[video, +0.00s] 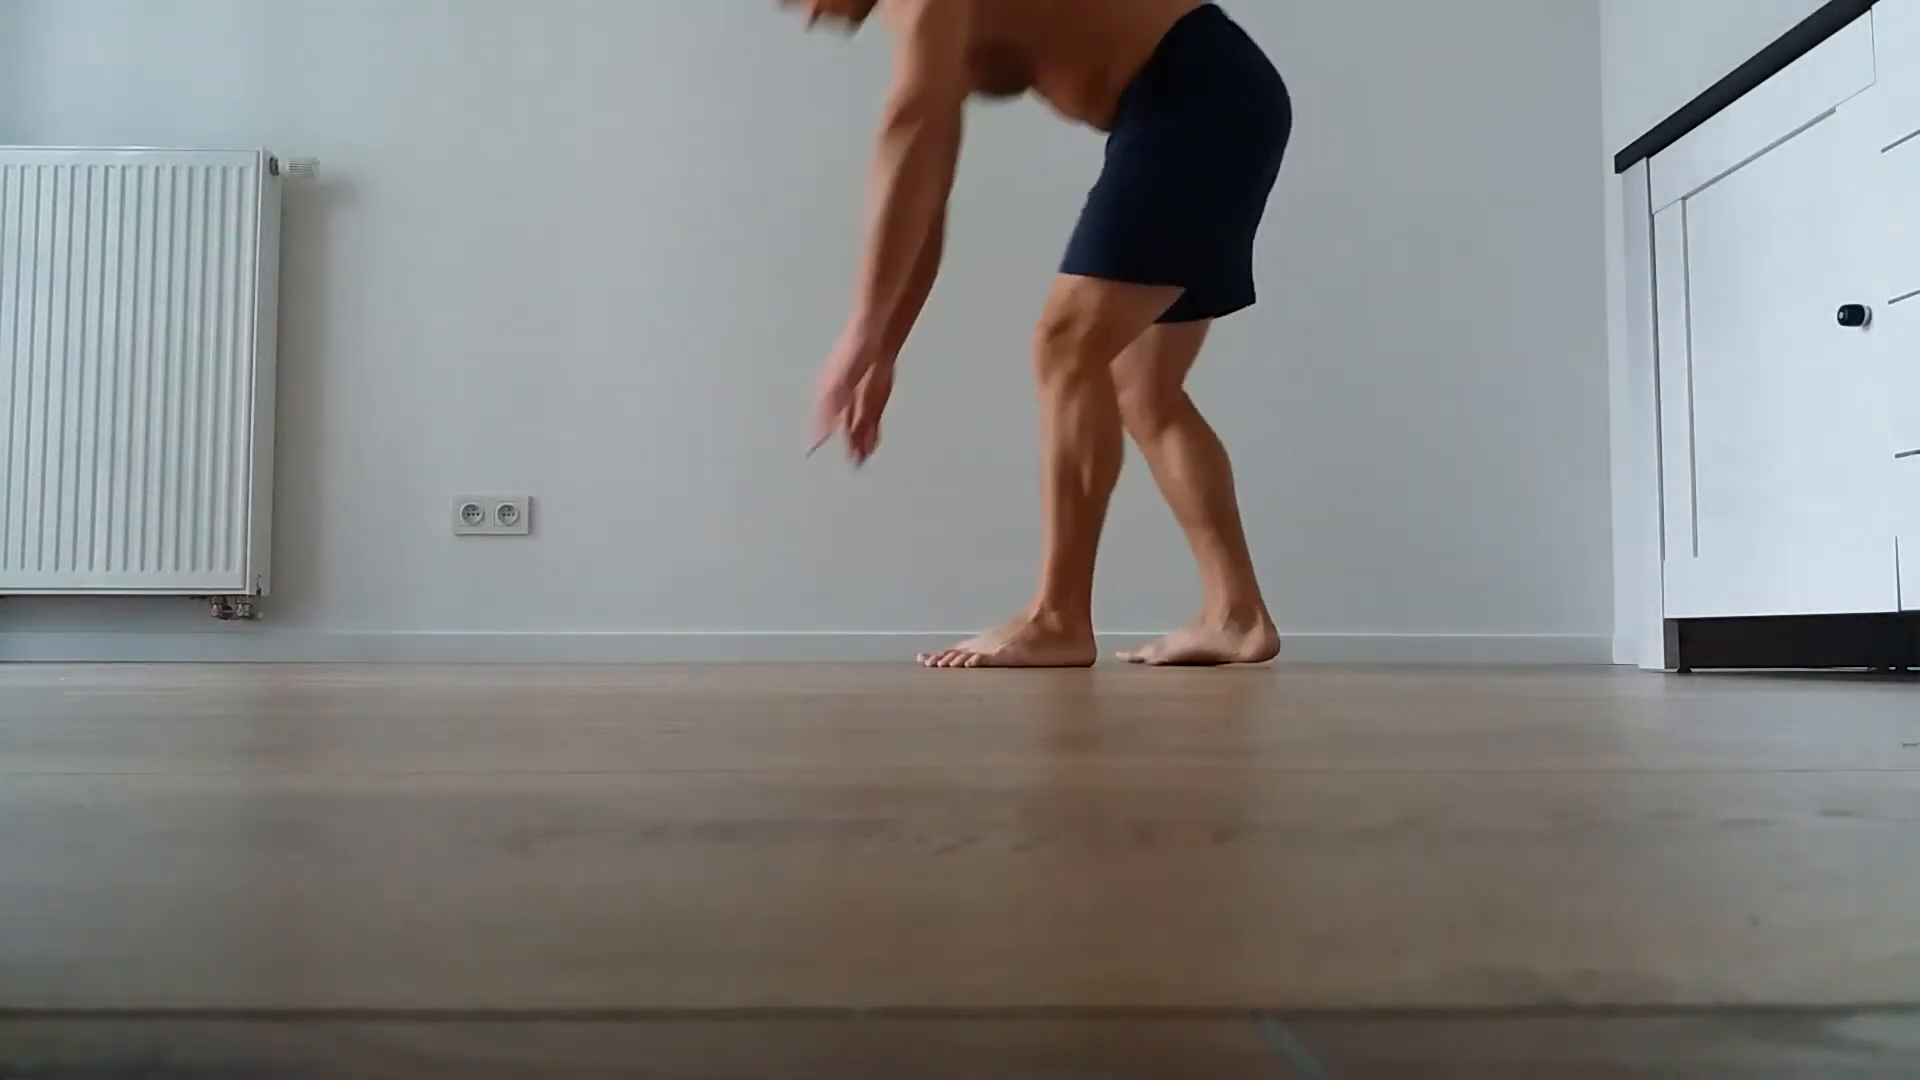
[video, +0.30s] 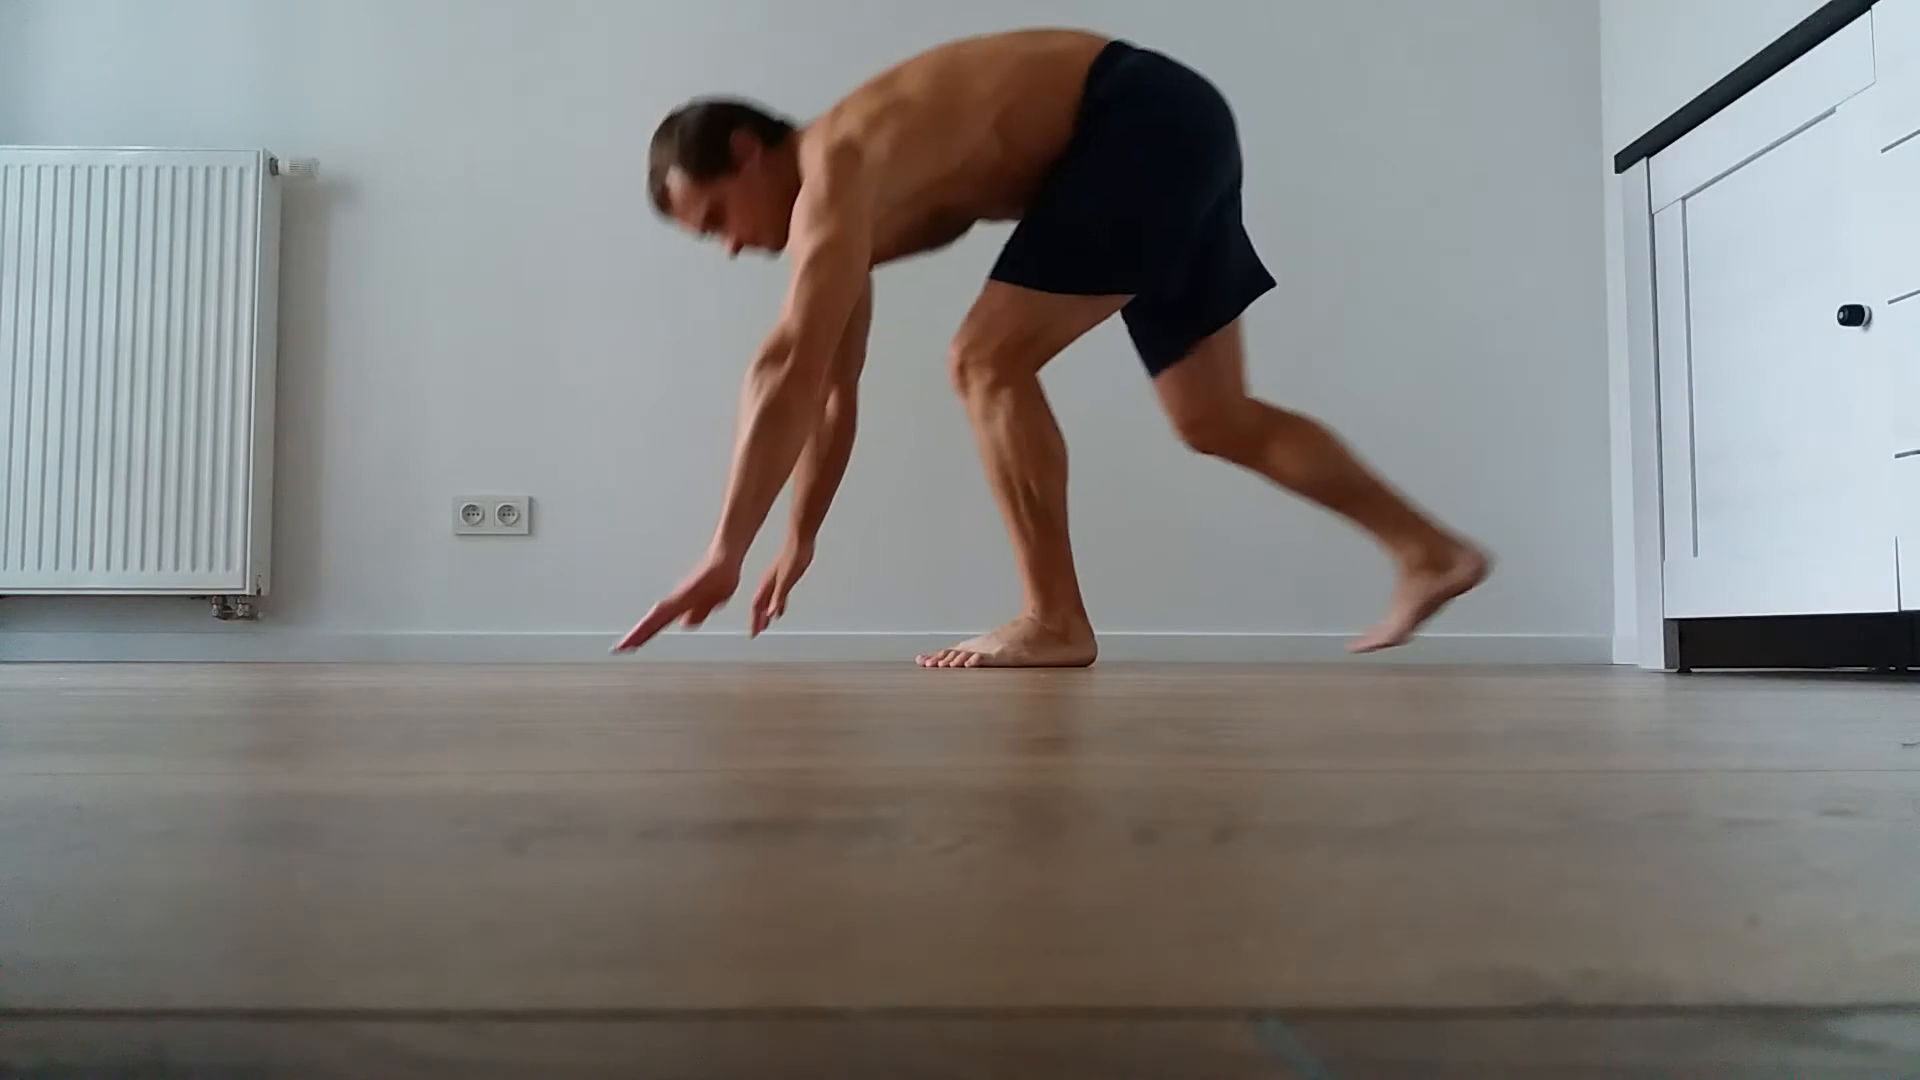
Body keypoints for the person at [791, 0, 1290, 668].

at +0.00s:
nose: (809, 10)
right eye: (803, 6)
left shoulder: (931, 5)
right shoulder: (942, 23)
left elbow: (913, 128)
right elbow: (927, 196)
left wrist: (866, 328)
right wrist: (884, 354)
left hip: (1193, 101)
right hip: (1219, 100)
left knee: (1070, 346)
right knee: (1145, 388)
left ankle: (1060, 618)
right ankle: (1236, 615)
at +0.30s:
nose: (726, 241)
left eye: (717, 215)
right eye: (708, 232)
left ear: (752, 155)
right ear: (753, 166)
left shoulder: (834, 176)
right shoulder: (836, 204)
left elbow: (783, 373)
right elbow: (833, 391)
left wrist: (722, 552)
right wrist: (797, 540)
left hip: (1135, 127)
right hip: (1170, 126)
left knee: (988, 362)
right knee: (1214, 416)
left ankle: (1054, 622)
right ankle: (1430, 550)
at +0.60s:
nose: (683, 330)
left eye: (668, 310)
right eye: (664, 318)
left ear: (697, 253)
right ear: (701, 245)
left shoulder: (797, 250)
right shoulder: (796, 231)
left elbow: (786, 451)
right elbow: (801, 451)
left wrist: (756, 630)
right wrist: (757, 620)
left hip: (1090, 163)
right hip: (1126, 151)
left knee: (941, 382)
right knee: (1291, 397)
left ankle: (1050, 622)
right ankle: (1502, 520)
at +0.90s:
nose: (677, 344)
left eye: (660, 324)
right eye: (658, 331)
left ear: (685, 274)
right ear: (698, 256)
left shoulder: (776, 271)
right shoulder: (787, 241)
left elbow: (788, 451)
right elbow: (807, 454)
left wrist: (761, 629)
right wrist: (770, 621)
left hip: (1080, 169)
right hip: (1122, 161)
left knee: (930, 389)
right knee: (1272, 411)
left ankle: (1049, 624)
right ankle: (1494, 537)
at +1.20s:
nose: (668, 352)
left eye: (653, 332)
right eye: (652, 340)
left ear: (678, 277)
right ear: (689, 271)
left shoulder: (761, 276)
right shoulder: (783, 276)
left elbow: (762, 454)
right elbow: (804, 481)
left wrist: (764, 630)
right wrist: (790, 641)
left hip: (1073, 223)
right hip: (1111, 215)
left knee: (895, 408)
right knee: (1296, 440)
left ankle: (1044, 616)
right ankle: (1516, 549)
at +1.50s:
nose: (679, 364)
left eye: (663, 345)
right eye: (662, 353)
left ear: (689, 288)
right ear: (698, 288)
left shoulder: (789, 267)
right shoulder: (796, 293)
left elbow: (768, 461)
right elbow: (797, 476)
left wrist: (762, 631)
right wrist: (794, 637)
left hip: (1101, 237)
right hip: (1102, 260)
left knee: (1045, 454)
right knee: (1301, 454)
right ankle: (1522, 557)